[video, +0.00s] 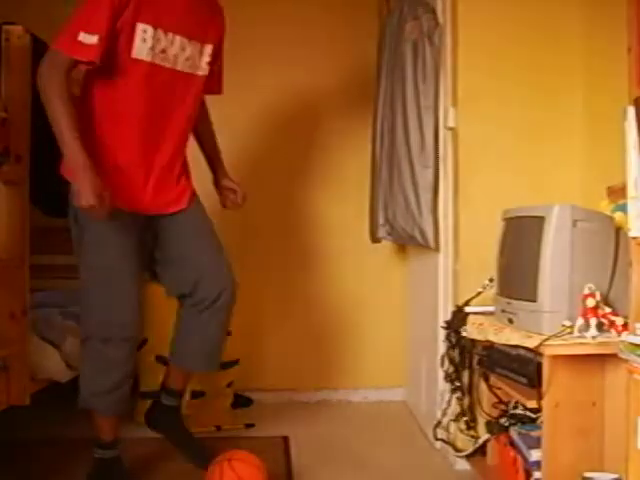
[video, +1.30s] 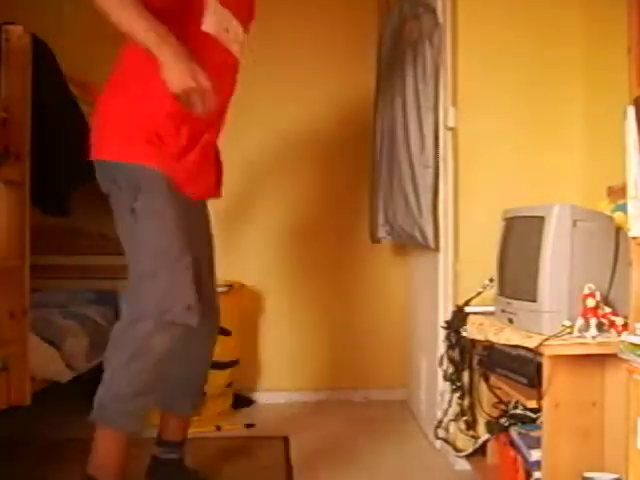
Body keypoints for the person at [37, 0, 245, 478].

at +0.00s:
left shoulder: (211, 15)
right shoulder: (119, 3)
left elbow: (192, 97)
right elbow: (51, 72)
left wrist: (219, 170)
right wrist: (80, 168)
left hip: (168, 186)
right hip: (105, 186)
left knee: (212, 286)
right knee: (114, 323)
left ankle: (168, 404)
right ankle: (106, 453)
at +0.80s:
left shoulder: (252, 5)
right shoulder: (151, 3)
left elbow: (238, 73)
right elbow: (56, 45)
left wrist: (276, 150)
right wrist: (66, 162)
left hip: (197, 163)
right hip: (147, 159)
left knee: (253, 282)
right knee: (189, 321)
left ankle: (183, 382)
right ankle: (173, 463)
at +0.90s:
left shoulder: (248, 7)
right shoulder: (171, 4)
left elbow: (225, 83)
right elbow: (74, 38)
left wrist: (267, 156)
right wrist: (83, 169)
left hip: (184, 162)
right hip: (138, 158)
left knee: (249, 265)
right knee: (206, 306)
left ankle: (260, 405)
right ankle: (170, 468)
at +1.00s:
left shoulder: (230, 8)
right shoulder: (192, 3)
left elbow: (187, 78)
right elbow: (113, 40)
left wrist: (231, 146)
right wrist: (151, 177)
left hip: (187, 168)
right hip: (150, 170)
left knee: (262, 253)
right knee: (210, 318)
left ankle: (263, 398)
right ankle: (174, 470)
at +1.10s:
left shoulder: (217, 12)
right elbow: (150, 24)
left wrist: (226, 158)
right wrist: (218, 141)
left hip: (185, 145)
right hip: (138, 139)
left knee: (270, 242)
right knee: (193, 289)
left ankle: (210, 373)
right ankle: (161, 466)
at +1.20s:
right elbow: (135, 5)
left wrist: (225, 104)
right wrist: (222, 95)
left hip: (180, 136)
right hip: (141, 129)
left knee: (235, 280)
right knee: (179, 285)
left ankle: (180, 432)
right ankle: (113, 468)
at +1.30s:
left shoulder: (242, 8)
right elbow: (111, 2)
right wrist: (169, 52)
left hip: (186, 150)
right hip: (137, 138)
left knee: (198, 316)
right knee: (162, 306)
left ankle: (169, 459)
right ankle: (103, 470)